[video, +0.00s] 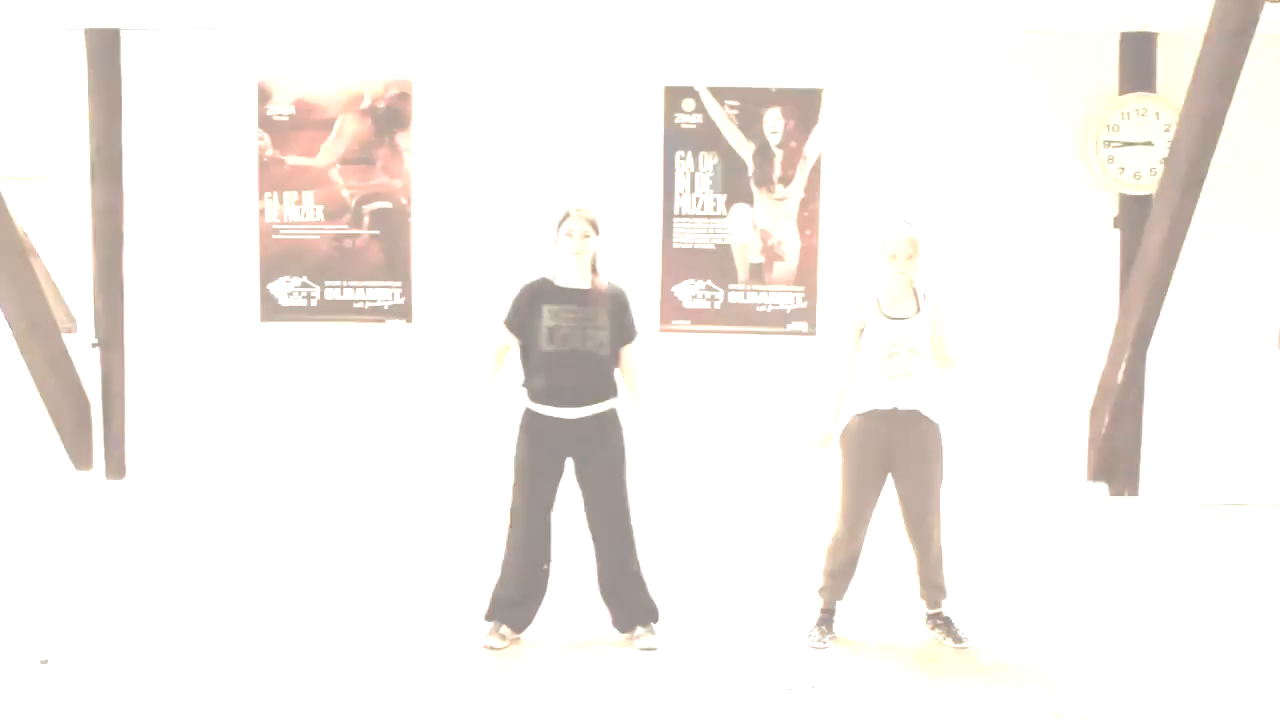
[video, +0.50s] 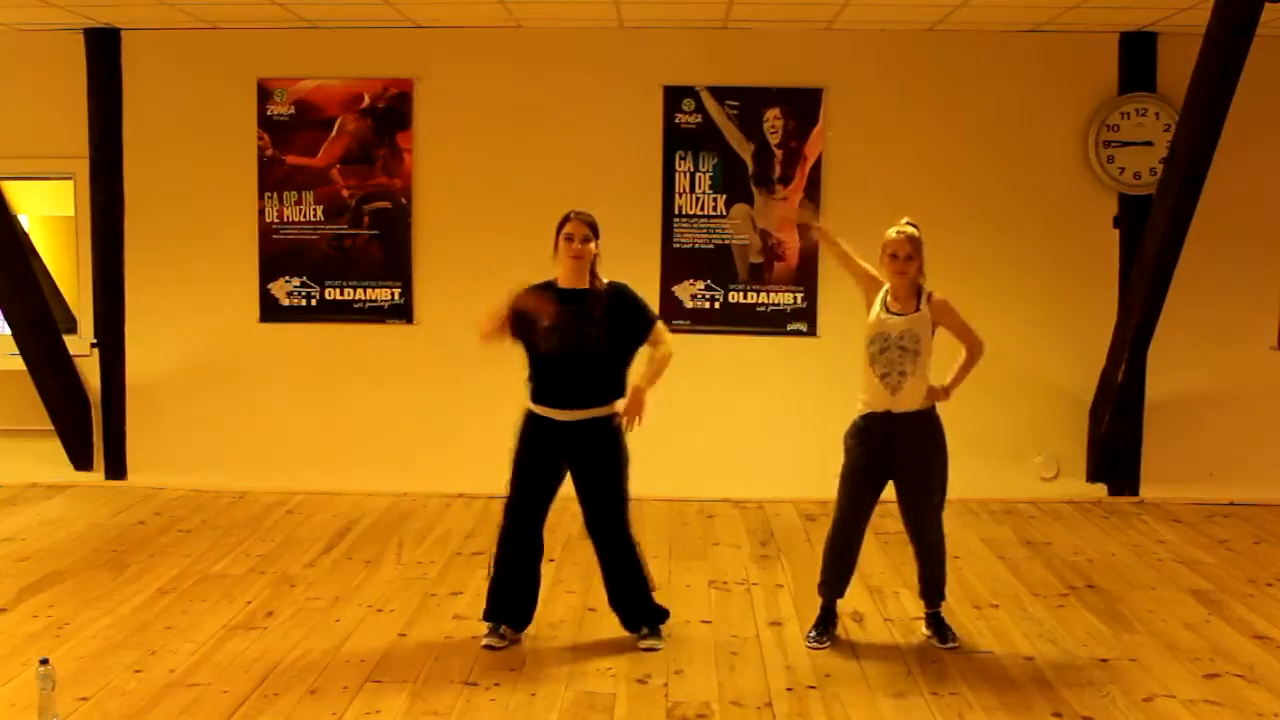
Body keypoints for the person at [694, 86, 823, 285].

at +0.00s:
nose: (771, 126)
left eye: (777, 120)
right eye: (767, 121)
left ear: (788, 124)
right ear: (762, 126)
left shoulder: (803, 160)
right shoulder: (753, 154)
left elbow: (823, 125)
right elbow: (725, 124)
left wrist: (829, 89)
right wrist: (701, 89)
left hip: (787, 241)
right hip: (757, 238)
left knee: (778, 300)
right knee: (739, 211)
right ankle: (743, 286)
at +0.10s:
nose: (771, 125)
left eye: (777, 119)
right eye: (766, 121)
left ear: (791, 124)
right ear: (762, 127)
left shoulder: (803, 158)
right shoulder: (753, 155)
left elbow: (825, 124)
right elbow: (723, 123)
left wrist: (829, 84)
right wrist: (700, 88)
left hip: (787, 241)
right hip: (756, 238)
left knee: (778, 304)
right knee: (739, 210)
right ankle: (743, 285)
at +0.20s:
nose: (772, 125)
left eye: (777, 119)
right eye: (766, 121)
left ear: (789, 123)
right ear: (761, 127)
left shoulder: (803, 158)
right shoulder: (752, 155)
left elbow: (824, 124)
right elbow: (723, 123)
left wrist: (829, 84)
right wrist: (700, 88)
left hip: (787, 241)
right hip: (757, 237)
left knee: (776, 305)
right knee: (739, 210)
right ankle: (743, 285)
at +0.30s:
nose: (772, 125)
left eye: (777, 119)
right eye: (767, 121)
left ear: (788, 123)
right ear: (762, 127)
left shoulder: (803, 158)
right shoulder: (752, 154)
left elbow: (825, 124)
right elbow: (723, 123)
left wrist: (829, 87)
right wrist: (701, 89)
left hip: (787, 244)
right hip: (757, 239)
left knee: (776, 306)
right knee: (739, 210)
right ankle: (743, 285)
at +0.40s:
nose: (771, 125)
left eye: (777, 119)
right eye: (766, 121)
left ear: (788, 124)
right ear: (762, 127)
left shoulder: (803, 158)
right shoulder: (753, 155)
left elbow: (825, 125)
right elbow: (723, 122)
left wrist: (828, 88)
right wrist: (701, 89)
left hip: (787, 243)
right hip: (758, 239)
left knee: (779, 303)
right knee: (739, 210)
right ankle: (743, 284)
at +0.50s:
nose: (771, 125)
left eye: (777, 119)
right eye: (766, 121)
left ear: (788, 124)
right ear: (762, 127)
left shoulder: (802, 158)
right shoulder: (753, 154)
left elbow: (824, 125)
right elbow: (723, 123)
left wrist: (828, 88)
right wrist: (701, 89)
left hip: (786, 241)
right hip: (758, 237)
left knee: (777, 304)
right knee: (739, 210)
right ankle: (743, 284)